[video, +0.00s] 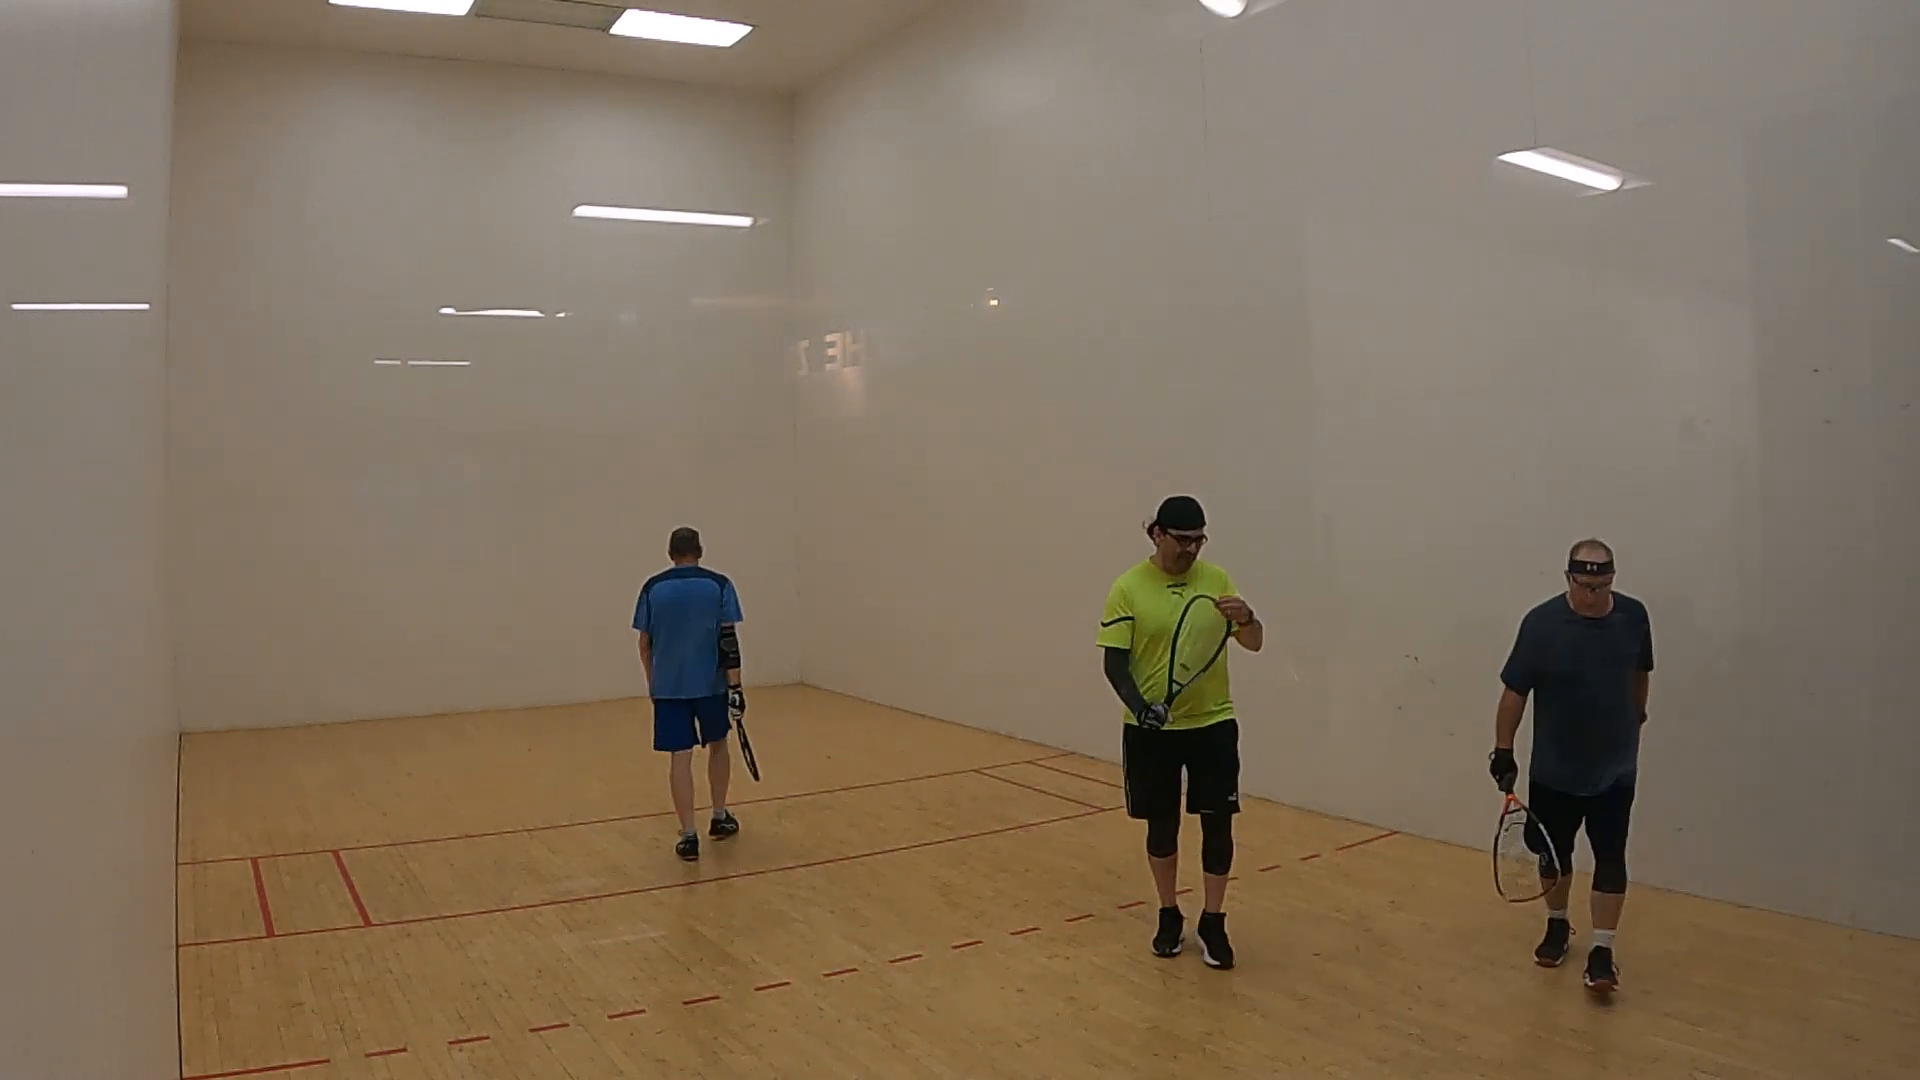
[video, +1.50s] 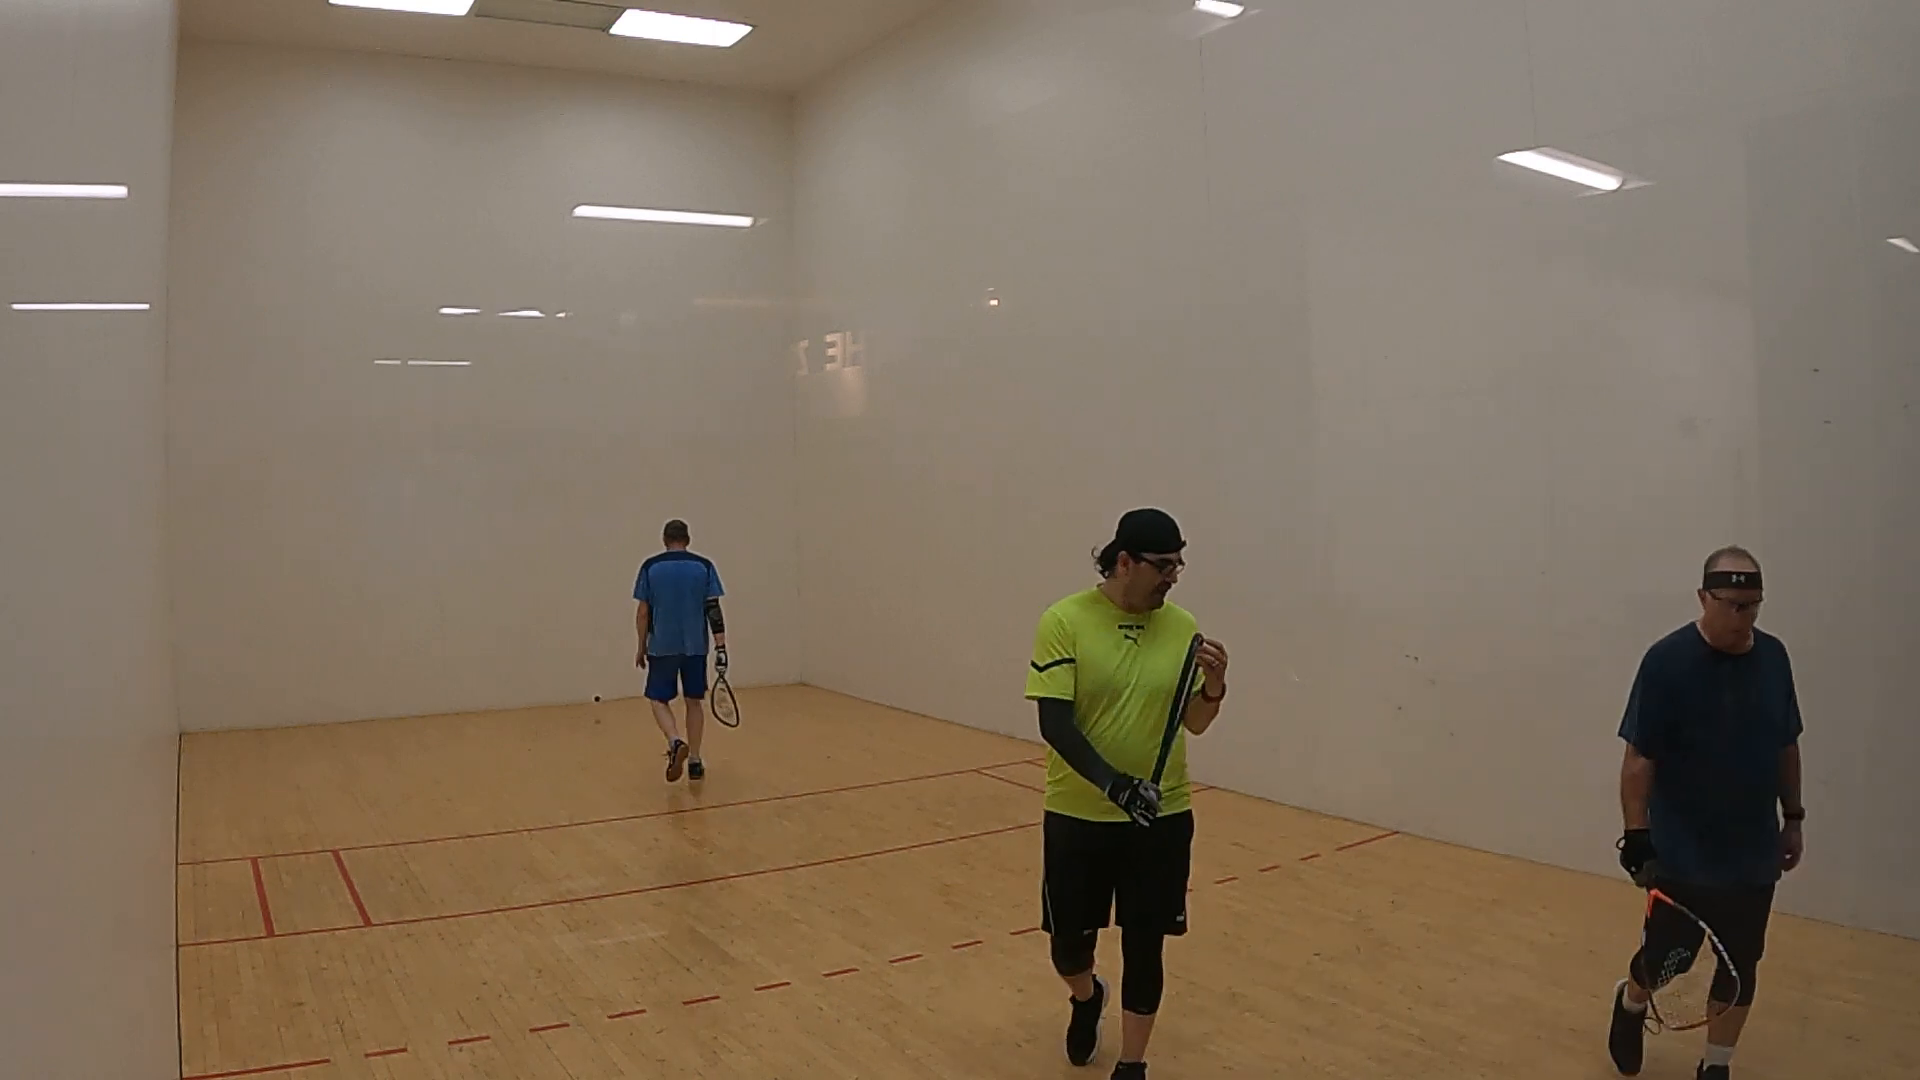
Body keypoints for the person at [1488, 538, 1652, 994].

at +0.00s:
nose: (1591, 580)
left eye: (1601, 572)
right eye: (1582, 572)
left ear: (1613, 576)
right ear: (1568, 575)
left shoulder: (1633, 617)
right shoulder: (1540, 624)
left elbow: (1639, 673)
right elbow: (1514, 690)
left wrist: (1638, 713)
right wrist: (1503, 750)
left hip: (1615, 762)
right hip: (1555, 763)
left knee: (1610, 857)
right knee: (1552, 851)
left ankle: (1602, 952)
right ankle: (1557, 926)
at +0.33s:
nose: (1626, 592)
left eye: (1634, 584)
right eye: (1616, 583)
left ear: (1644, 582)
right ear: (1598, 579)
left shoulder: (1661, 631)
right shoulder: (1564, 627)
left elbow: (1679, 704)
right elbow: (1539, 698)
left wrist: (1689, 769)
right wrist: (1527, 760)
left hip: (1635, 784)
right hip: (1574, 777)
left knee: (1620, 881)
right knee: (1559, 872)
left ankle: (1598, 967)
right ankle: (1555, 918)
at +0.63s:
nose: (1648, 599)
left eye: (1657, 590)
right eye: (1639, 590)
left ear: (1667, 588)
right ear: (1618, 586)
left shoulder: (1681, 638)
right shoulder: (1580, 635)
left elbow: (1711, 701)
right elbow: (1550, 708)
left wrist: (1735, 752)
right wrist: (1537, 772)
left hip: (1656, 794)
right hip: (1595, 791)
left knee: (1630, 893)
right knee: (1604, 894)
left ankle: (1597, 977)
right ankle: (1605, 1003)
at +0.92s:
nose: (1662, 608)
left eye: (1671, 598)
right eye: (1651, 597)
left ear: (1682, 594)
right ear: (1629, 592)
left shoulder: (1697, 641)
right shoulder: (1593, 645)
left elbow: (1719, 719)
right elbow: (1565, 724)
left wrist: (1730, 788)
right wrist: (1554, 795)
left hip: (1678, 810)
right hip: (1612, 810)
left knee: (1678, 908)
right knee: (1611, 926)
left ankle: (1637, 958)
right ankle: (1614, 1019)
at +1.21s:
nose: (1701, 613)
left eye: (1709, 602)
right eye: (1689, 602)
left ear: (1718, 599)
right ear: (1664, 599)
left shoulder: (1725, 646)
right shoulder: (1626, 656)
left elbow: (1724, 726)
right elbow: (1594, 745)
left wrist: (1722, 800)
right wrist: (1590, 822)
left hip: (1708, 825)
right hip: (1636, 827)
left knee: (1715, 944)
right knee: (1619, 936)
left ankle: (1712, 1055)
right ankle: (1617, 1016)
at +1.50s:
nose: (1747, 615)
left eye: (1754, 604)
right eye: (1736, 604)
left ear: (1761, 602)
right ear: (1704, 600)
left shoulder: (1772, 656)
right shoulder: (1666, 660)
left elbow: (1785, 744)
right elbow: (1638, 757)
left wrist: (1792, 818)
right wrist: (1637, 837)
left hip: (1752, 839)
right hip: (1681, 839)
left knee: (1739, 962)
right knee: (1669, 953)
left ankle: (1715, 1069)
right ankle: (1630, 1005)